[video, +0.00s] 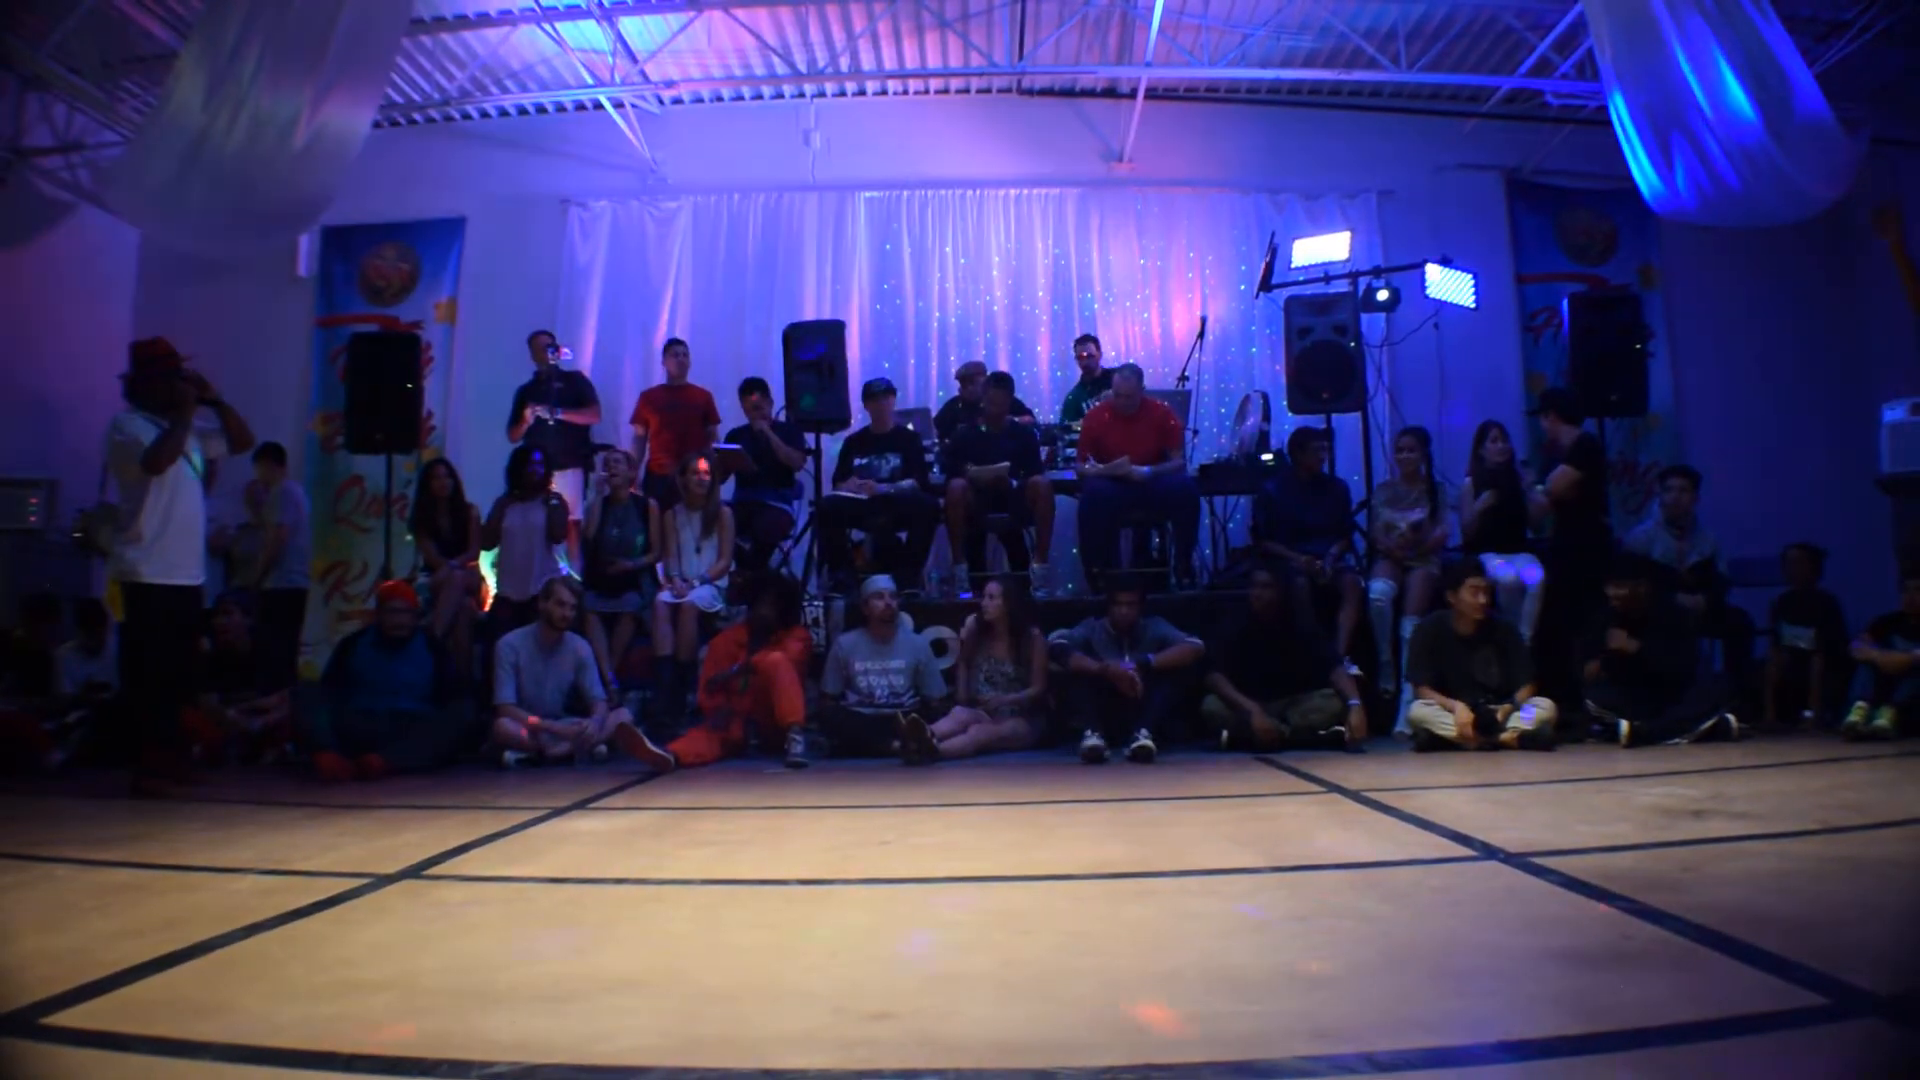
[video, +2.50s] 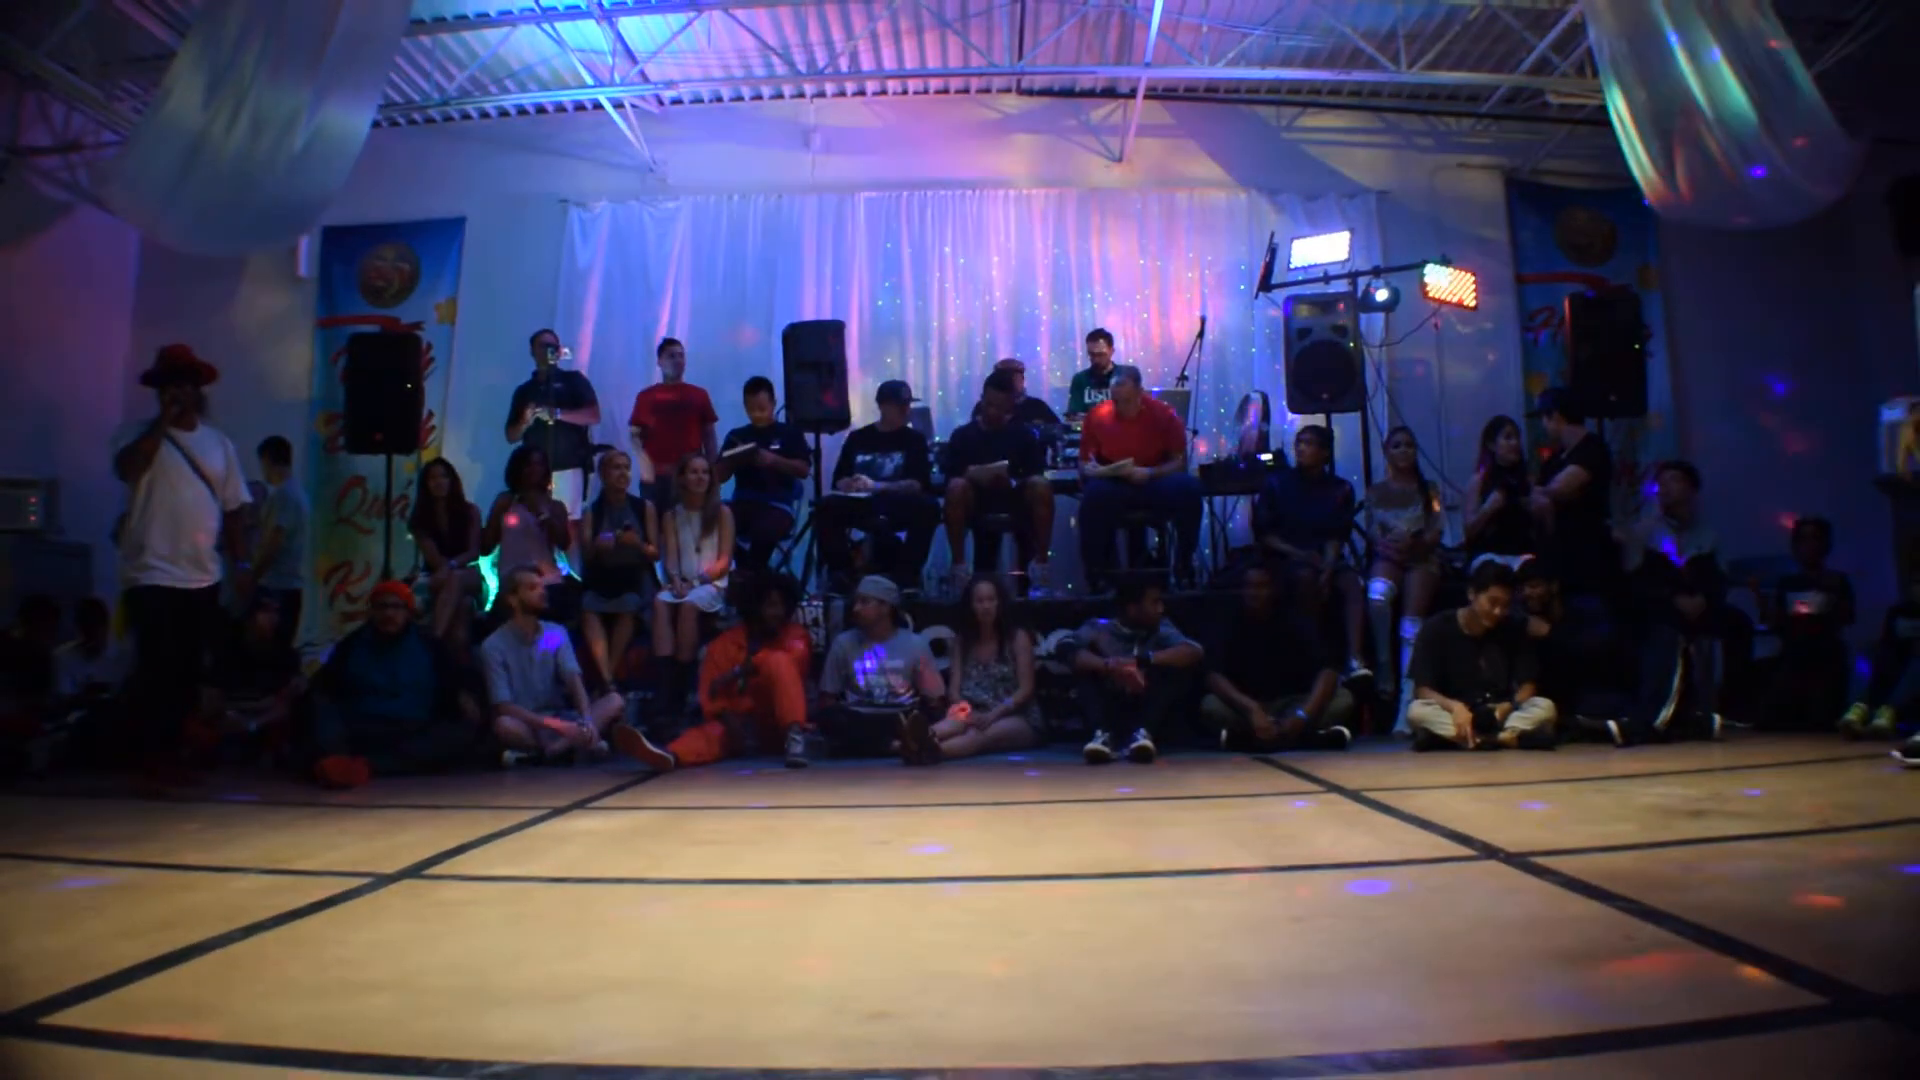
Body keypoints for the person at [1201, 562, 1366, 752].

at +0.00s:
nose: (1257, 594)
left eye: (1265, 587)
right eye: (1254, 587)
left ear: (1281, 592)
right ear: (1248, 590)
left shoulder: (1298, 626)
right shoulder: (1239, 628)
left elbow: (1334, 669)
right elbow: (1214, 675)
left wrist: (1355, 706)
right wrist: (1253, 711)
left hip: (1297, 701)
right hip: (1249, 705)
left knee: (1332, 703)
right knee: (1211, 706)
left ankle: (1253, 738)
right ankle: (1310, 739)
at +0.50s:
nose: (1262, 593)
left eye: (1267, 586)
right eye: (1256, 587)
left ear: (1278, 589)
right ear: (1247, 592)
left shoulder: (1297, 626)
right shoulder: (1239, 630)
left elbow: (1328, 670)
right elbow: (1218, 678)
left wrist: (1344, 715)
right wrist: (1256, 710)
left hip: (1300, 702)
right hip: (1252, 705)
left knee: (1341, 702)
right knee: (1213, 706)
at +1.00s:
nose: (1270, 589)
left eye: (1272, 583)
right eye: (1261, 585)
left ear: (1277, 586)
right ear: (1246, 591)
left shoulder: (1292, 620)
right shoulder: (1235, 627)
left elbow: (1322, 669)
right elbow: (1215, 675)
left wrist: (1337, 715)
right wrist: (1256, 709)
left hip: (1295, 699)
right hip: (1248, 703)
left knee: (1344, 697)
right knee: (1211, 706)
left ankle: (1255, 737)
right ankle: (1301, 737)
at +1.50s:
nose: (1268, 589)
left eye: (1270, 583)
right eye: (1260, 585)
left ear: (1276, 585)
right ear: (1245, 591)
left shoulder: (1292, 621)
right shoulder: (1235, 627)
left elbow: (1327, 669)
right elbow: (1214, 676)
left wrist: (1310, 711)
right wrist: (1256, 709)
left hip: (1294, 699)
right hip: (1249, 703)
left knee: (1344, 698)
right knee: (1211, 706)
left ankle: (1253, 739)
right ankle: (1307, 739)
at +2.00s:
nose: (1259, 592)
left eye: (1265, 586)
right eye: (1252, 587)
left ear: (1275, 589)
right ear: (1243, 592)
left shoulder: (1292, 620)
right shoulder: (1234, 626)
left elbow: (1329, 669)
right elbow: (1214, 676)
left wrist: (1310, 716)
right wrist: (1255, 710)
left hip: (1294, 699)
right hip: (1247, 702)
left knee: (1343, 698)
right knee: (1211, 706)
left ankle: (1253, 739)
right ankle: (1305, 738)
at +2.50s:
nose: (1255, 592)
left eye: (1261, 586)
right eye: (1250, 586)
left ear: (1274, 590)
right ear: (1242, 590)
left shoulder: (1293, 622)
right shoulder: (1232, 625)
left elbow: (1328, 670)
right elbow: (1214, 676)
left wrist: (1303, 716)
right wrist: (1253, 710)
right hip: (1246, 706)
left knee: (1342, 698)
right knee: (1210, 705)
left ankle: (1254, 740)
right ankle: (1306, 739)